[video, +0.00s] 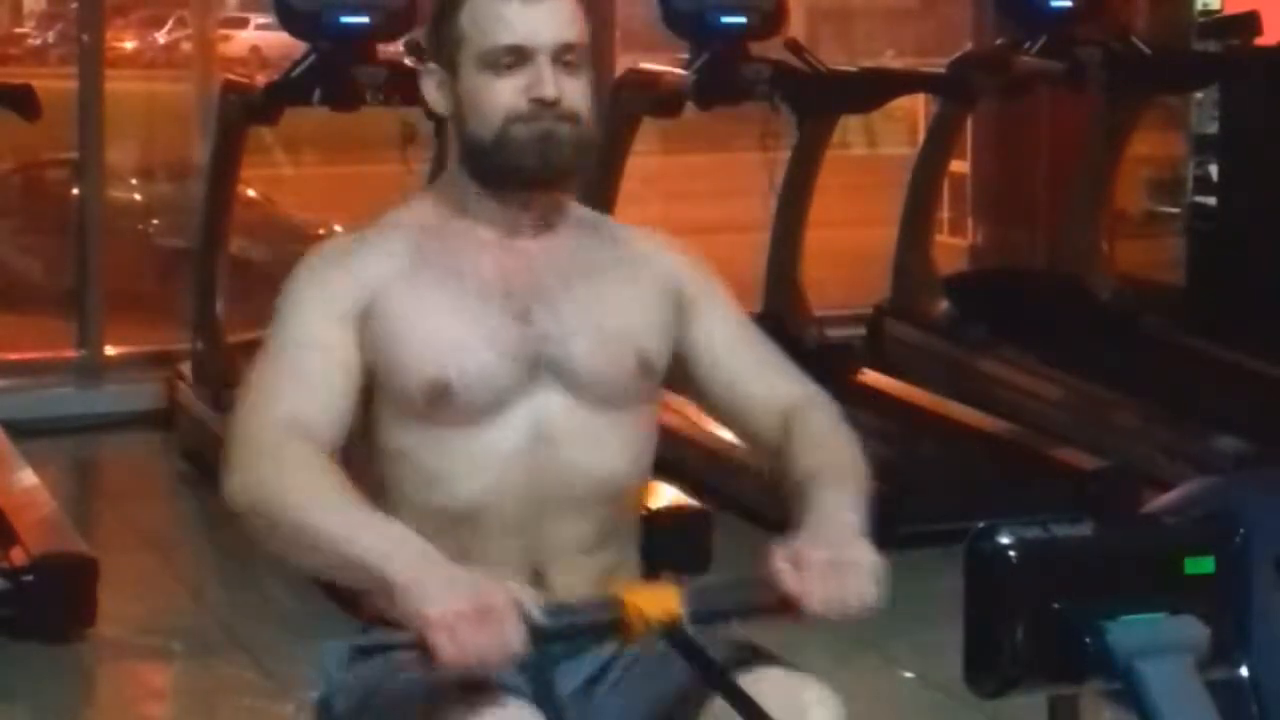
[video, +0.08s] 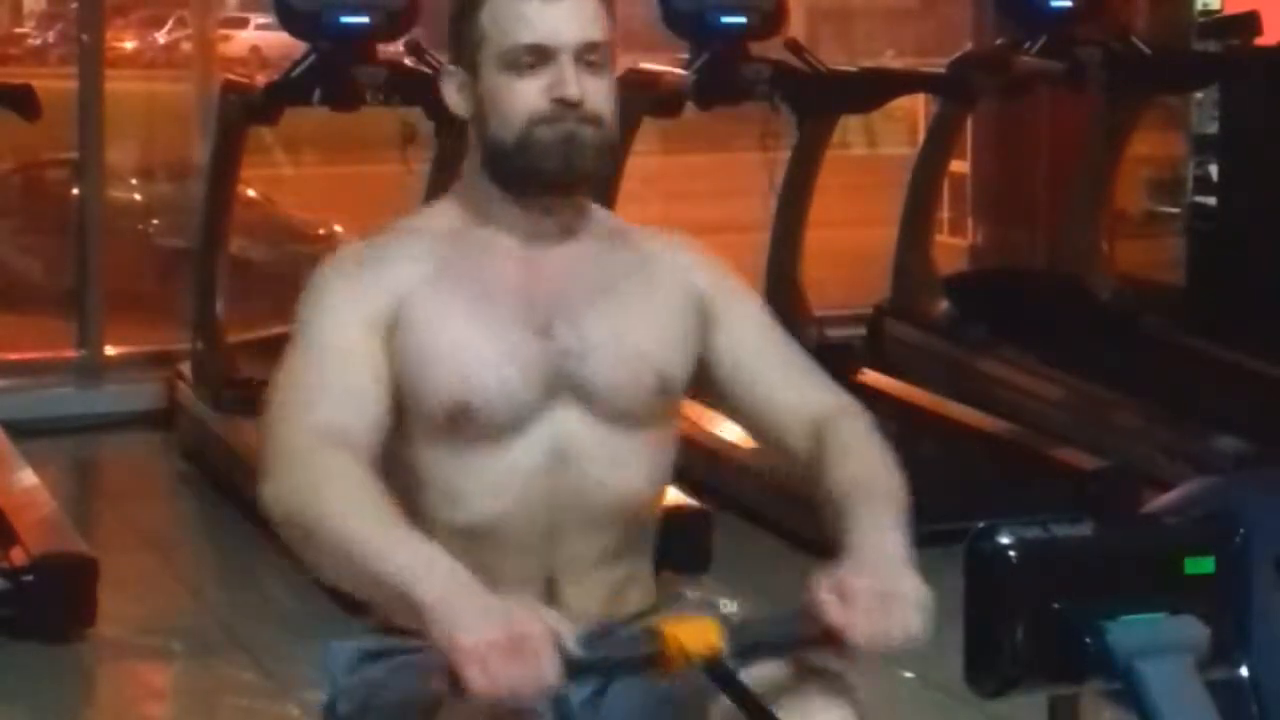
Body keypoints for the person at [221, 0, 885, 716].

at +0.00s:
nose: (548, 87)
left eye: (570, 63)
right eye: (509, 64)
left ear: (596, 85)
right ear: (439, 88)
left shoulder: (655, 271)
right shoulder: (352, 275)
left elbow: (799, 416)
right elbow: (266, 466)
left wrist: (834, 522)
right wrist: (422, 574)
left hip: (617, 644)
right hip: (427, 650)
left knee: (800, 705)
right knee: (494, 718)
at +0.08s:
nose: (570, 89)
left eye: (591, 63)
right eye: (530, 64)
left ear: (616, 84)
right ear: (460, 89)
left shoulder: (677, 275)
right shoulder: (373, 280)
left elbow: (827, 423)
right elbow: (306, 472)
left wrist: (877, 550)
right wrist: (459, 602)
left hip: (634, 649)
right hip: (434, 652)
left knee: (824, 697)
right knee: (482, 704)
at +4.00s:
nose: (699, 178)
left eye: (722, 143)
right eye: (651, 145)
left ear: (752, 164)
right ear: (570, 176)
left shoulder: (817, 361)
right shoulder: (447, 372)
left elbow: (966, 541)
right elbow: (499, 589)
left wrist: (1079, 687)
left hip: (683, 670)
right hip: (477, 680)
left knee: (850, 677)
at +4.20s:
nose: (627, 113)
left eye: (654, 81)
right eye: (583, 82)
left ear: (683, 106)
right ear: (511, 113)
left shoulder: (746, 299)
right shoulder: (404, 301)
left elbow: (889, 467)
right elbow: (419, 513)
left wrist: (1004, 652)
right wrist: (550, 698)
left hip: (655, 641)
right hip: (455, 652)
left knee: (836, 682)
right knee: (492, 715)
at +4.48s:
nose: (527, 81)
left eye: (550, 53)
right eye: (488, 55)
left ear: (579, 71)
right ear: (422, 76)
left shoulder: (647, 245)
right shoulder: (341, 255)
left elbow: (772, 392)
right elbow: (307, 420)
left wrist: (834, 515)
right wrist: (432, 553)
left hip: (601, 622)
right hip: (415, 624)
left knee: (752, 699)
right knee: (459, 696)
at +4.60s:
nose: (495, 113)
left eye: (515, 86)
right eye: (459, 87)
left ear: (539, 100)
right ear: (395, 100)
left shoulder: (593, 250)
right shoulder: (314, 257)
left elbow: (711, 398)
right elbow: (205, 441)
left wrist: (735, 463)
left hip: (579, 621)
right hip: (401, 630)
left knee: (692, 712)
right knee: (410, 708)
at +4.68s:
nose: (493, 113)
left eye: (513, 88)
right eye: (457, 89)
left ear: (538, 100)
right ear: (396, 100)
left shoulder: (588, 251)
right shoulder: (313, 258)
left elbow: (698, 401)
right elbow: (196, 440)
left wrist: (714, 469)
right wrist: (328, 489)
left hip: (579, 621)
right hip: (405, 632)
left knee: (686, 712)